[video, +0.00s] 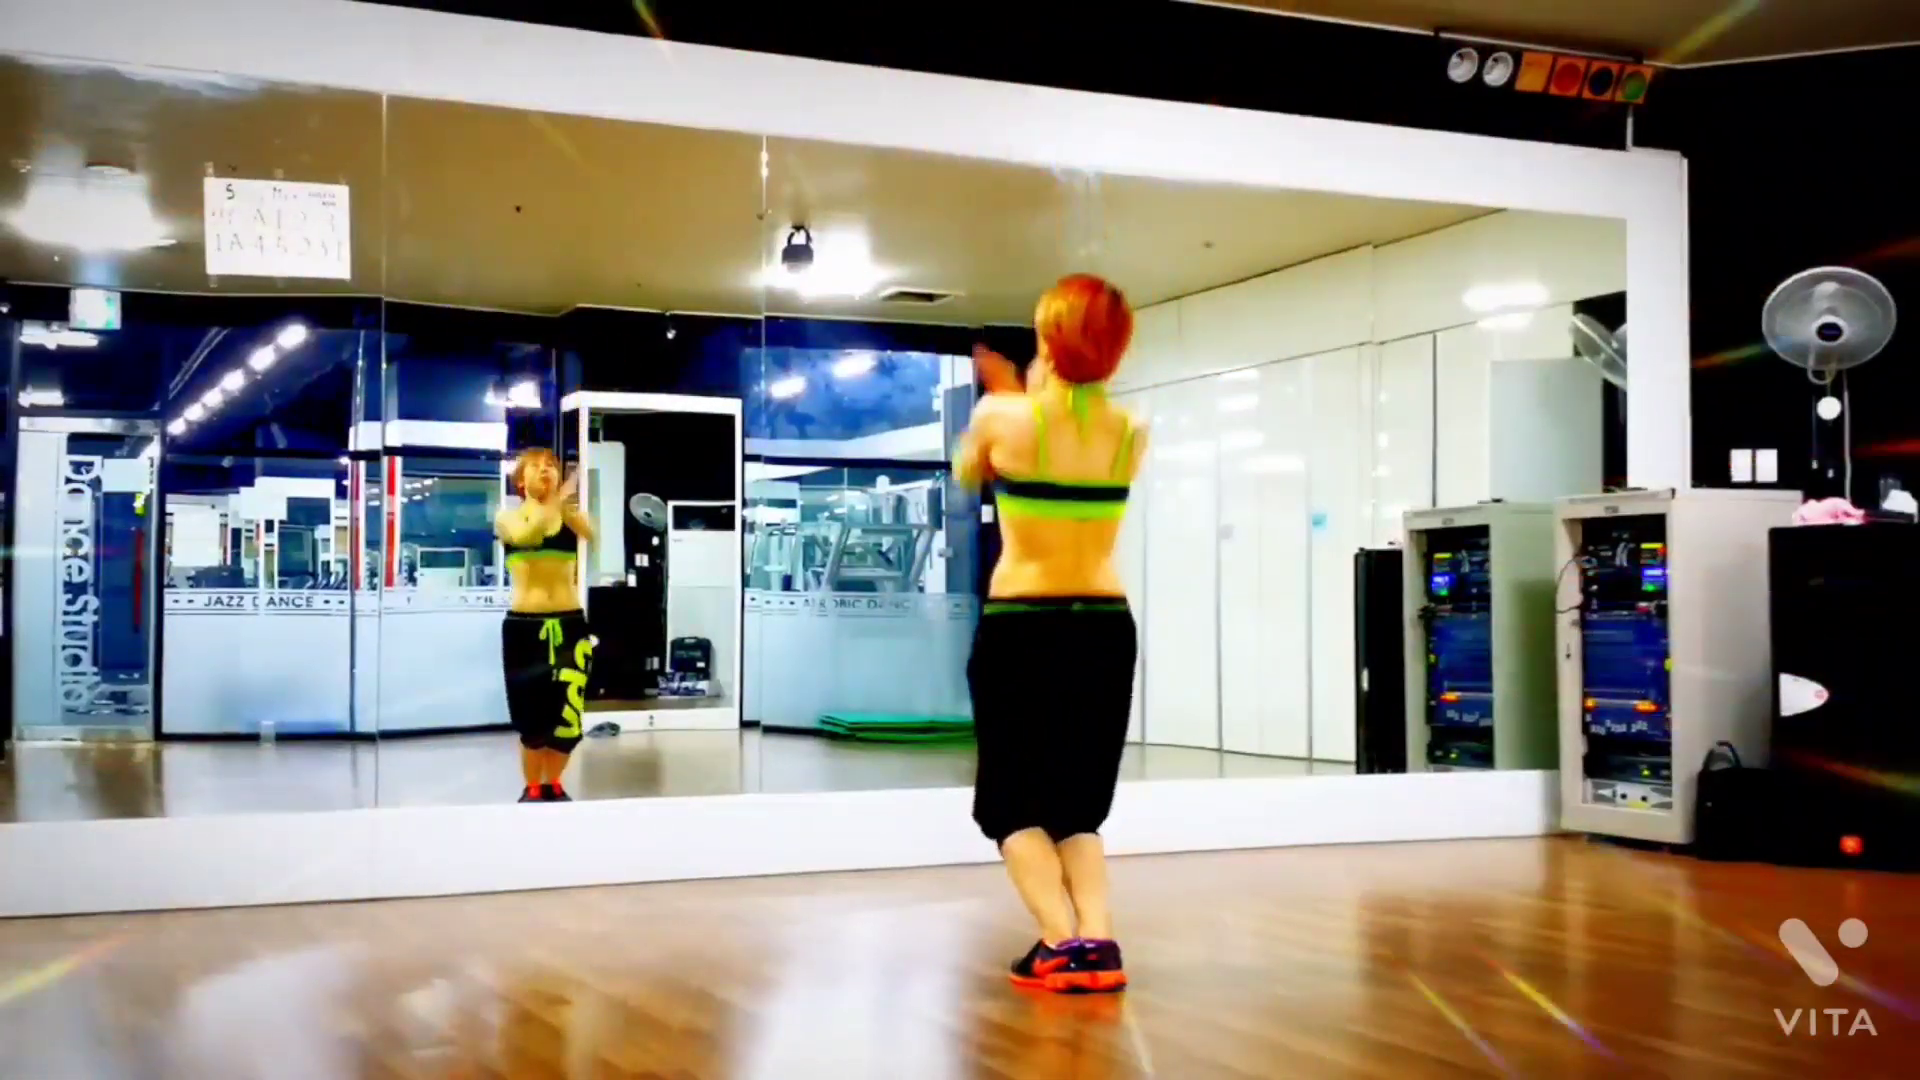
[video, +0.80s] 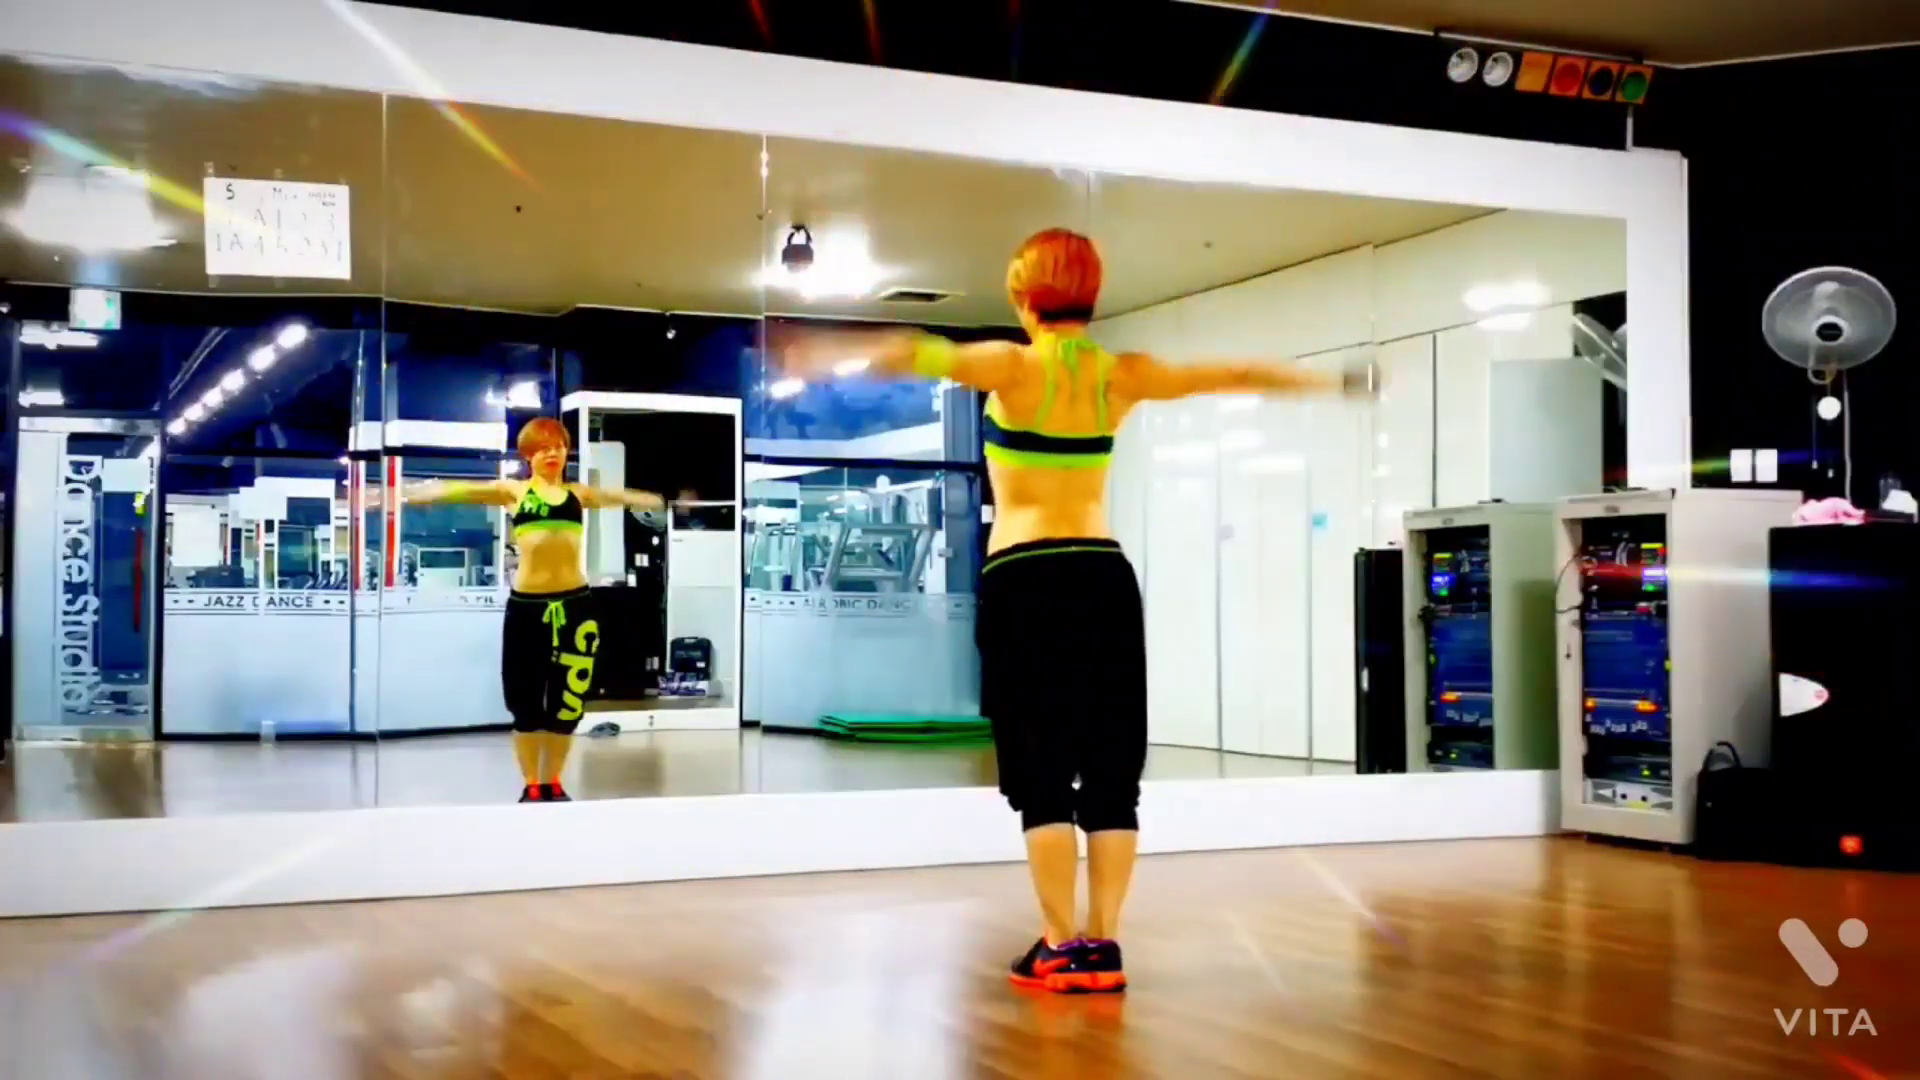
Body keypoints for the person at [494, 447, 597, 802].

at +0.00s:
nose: (544, 471)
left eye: (551, 466)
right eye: (536, 465)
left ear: (559, 477)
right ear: (521, 476)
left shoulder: (570, 514)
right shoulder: (507, 517)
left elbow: (590, 533)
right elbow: (523, 534)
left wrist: (567, 507)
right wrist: (549, 506)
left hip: (569, 620)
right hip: (524, 621)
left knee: (568, 715)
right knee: (531, 713)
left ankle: (552, 782)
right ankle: (532, 786)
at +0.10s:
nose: (542, 463)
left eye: (548, 454)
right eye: (534, 455)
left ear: (560, 459)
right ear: (521, 462)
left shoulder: (569, 503)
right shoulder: (509, 502)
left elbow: (588, 500)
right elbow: (510, 502)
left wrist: (580, 482)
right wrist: (556, 458)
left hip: (569, 610)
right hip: (523, 612)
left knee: (568, 706)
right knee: (529, 707)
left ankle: (552, 781)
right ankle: (532, 785)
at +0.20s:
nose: (545, 452)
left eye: (552, 446)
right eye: (536, 446)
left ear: (562, 455)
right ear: (523, 455)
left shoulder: (571, 492)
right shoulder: (514, 491)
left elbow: (591, 445)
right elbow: (518, 437)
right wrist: (551, 393)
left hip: (571, 602)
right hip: (525, 605)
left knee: (569, 704)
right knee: (530, 707)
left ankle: (551, 782)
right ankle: (532, 785)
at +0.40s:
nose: (549, 452)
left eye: (555, 444)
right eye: (539, 445)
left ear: (564, 451)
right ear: (523, 451)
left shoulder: (573, 483)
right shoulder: (513, 482)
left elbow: (582, 426)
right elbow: (500, 422)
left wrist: (585, 371)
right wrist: (485, 366)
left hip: (573, 601)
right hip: (525, 604)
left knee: (568, 700)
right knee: (526, 703)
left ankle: (552, 783)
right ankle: (532, 786)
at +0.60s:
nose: (550, 454)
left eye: (556, 448)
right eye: (541, 449)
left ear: (565, 453)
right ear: (527, 455)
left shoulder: (576, 485)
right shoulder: (513, 485)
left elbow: (609, 450)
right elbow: (467, 443)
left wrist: (637, 424)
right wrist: (421, 405)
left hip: (574, 604)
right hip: (526, 607)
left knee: (567, 701)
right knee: (526, 702)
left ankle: (552, 783)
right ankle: (531, 785)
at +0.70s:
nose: (552, 454)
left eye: (558, 448)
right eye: (543, 448)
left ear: (567, 453)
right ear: (527, 455)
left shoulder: (577, 489)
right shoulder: (514, 489)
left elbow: (620, 472)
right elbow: (460, 465)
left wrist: (659, 458)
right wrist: (404, 449)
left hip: (575, 603)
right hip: (527, 606)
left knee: (568, 700)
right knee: (527, 702)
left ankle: (553, 782)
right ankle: (531, 785)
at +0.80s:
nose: (552, 455)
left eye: (558, 448)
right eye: (543, 449)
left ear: (567, 454)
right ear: (528, 456)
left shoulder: (579, 493)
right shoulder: (514, 491)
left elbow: (620, 496)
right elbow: (452, 491)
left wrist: (655, 501)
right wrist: (398, 496)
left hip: (575, 604)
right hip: (527, 606)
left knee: (567, 701)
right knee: (527, 702)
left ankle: (553, 782)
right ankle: (531, 784)